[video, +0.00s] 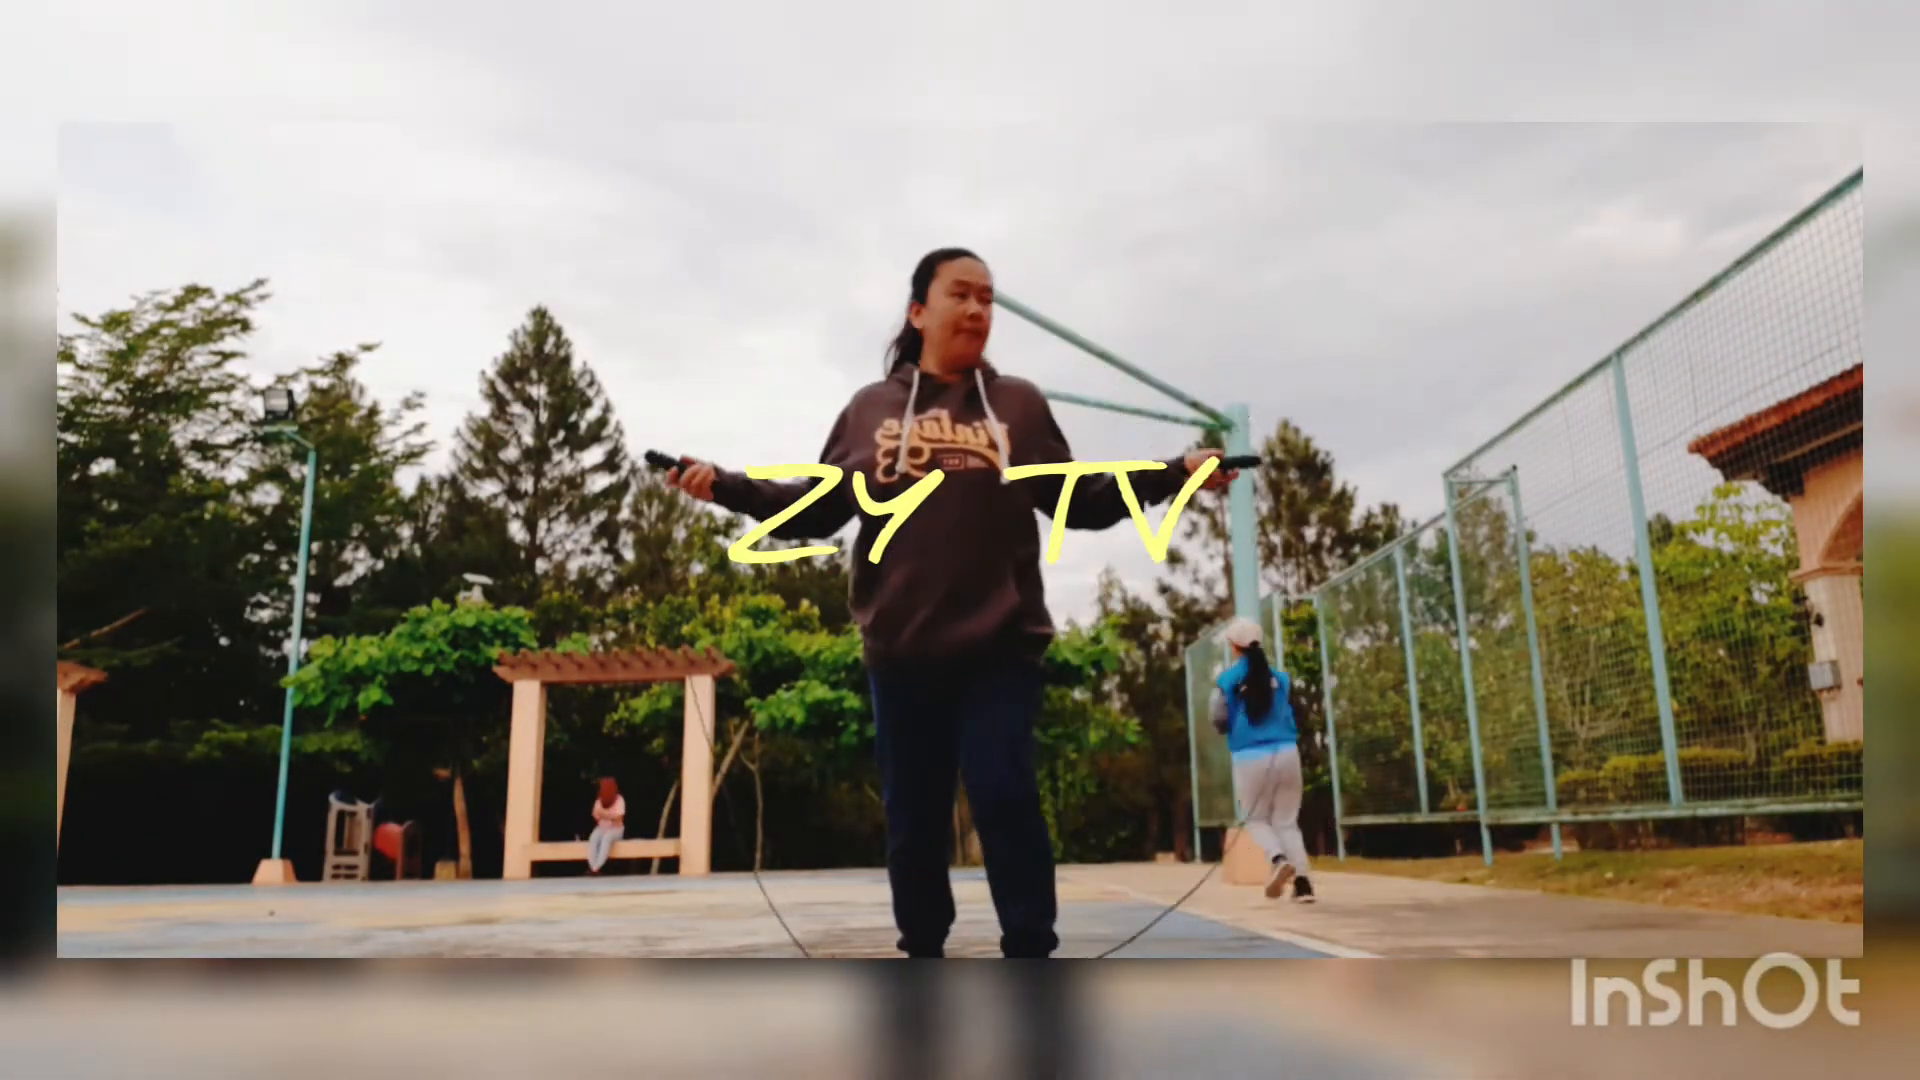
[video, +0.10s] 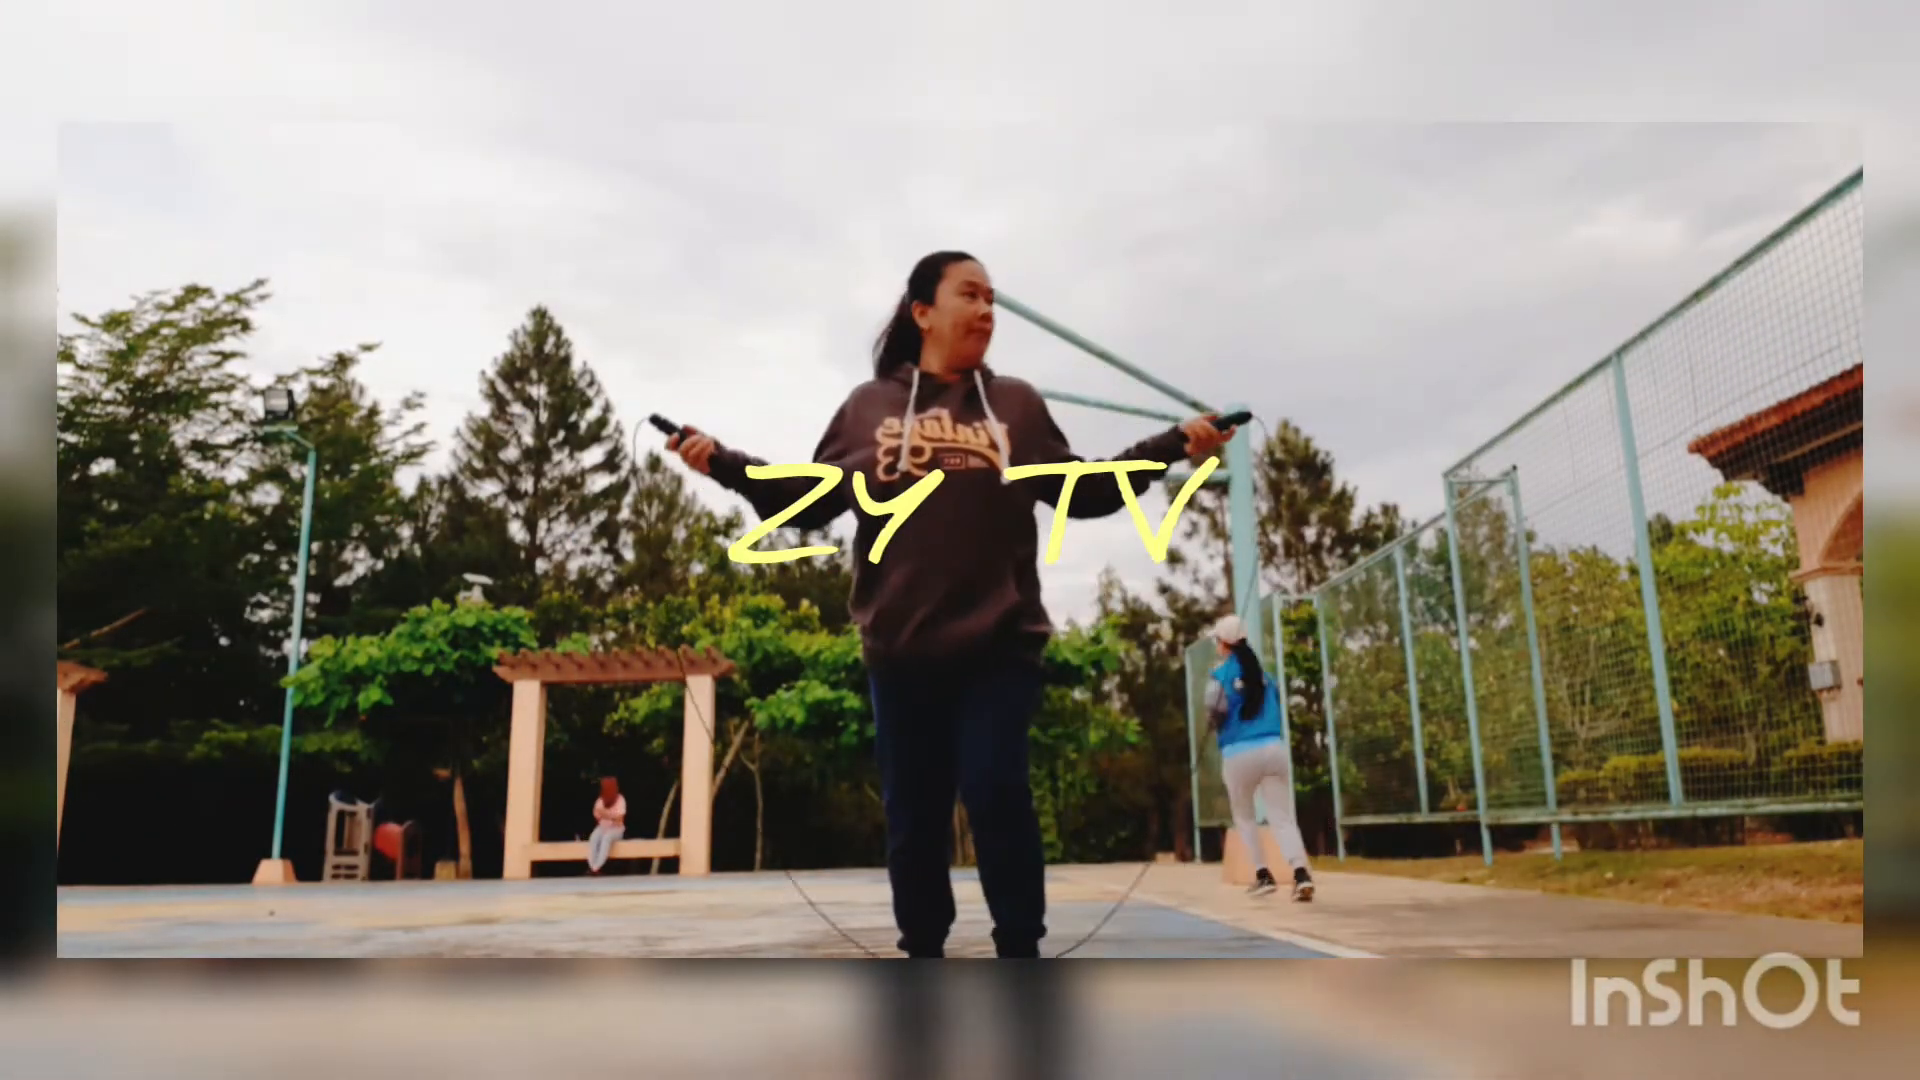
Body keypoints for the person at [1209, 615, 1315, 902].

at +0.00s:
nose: (1229, 649)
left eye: (1230, 645)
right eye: (1231, 645)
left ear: (1234, 648)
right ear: (1258, 645)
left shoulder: (1226, 680)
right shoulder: (1280, 677)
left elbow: (1218, 717)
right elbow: (1285, 707)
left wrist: (1232, 731)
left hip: (1250, 754)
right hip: (1287, 748)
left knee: (1254, 817)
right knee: (1287, 820)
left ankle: (1278, 860)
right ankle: (1301, 877)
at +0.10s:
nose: (1216, 647)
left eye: (1217, 642)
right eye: (1217, 642)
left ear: (1222, 644)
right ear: (1244, 642)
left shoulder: (1220, 675)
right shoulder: (1265, 674)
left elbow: (1213, 710)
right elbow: (1275, 711)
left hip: (1239, 750)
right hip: (1273, 744)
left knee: (1244, 817)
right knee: (1282, 816)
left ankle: (1262, 873)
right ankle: (1301, 870)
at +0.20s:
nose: (1203, 648)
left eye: (1205, 643)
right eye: (1204, 643)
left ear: (1212, 645)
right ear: (1229, 643)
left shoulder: (1212, 675)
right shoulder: (1247, 667)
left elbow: (1209, 712)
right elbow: (1252, 706)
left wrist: (1197, 723)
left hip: (1226, 748)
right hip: (1258, 743)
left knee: (1234, 817)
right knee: (1271, 805)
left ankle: (1244, 874)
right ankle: (1297, 856)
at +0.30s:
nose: (1185, 662)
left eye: (1187, 658)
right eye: (1186, 657)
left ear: (1194, 660)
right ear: (1211, 659)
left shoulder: (1189, 690)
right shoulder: (1230, 683)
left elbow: (1187, 725)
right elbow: (1246, 718)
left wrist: (1176, 736)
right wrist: (1234, 737)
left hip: (1209, 763)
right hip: (1240, 759)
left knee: (1216, 824)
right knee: (1246, 820)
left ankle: (1241, 877)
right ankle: (1273, 852)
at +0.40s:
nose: (1165, 664)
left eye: (1167, 660)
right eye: (1165, 659)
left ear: (1174, 662)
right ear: (1191, 660)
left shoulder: (1165, 691)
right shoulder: (1206, 685)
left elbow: (1156, 728)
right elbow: (1231, 719)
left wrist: (1162, 745)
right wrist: (1212, 735)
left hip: (1188, 759)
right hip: (1218, 755)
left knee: (1207, 818)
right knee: (1211, 816)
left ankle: (1236, 872)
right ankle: (1231, 869)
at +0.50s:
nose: (1149, 663)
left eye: (1151, 659)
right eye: (1150, 658)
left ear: (1159, 661)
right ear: (1174, 660)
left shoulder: (1147, 688)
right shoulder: (1187, 682)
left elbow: (1137, 725)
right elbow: (1214, 715)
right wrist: (1197, 732)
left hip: (1173, 756)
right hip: (1200, 751)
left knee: (1196, 813)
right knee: (1194, 812)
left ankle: (1229, 863)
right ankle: (1197, 869)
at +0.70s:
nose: (1120, 679)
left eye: (1123, 675)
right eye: (1120, 674)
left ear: (1131, 677)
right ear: (1144, 677)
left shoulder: (1122, 704)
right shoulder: (1160, 699)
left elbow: (1117, 739)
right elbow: (1173, 727)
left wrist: (1121, 752)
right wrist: (1165, 747)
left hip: (1145, 769)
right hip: (1171, 764)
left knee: (1147, 827)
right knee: (1166, 824)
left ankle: (1183, 852)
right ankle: (1182, 870)